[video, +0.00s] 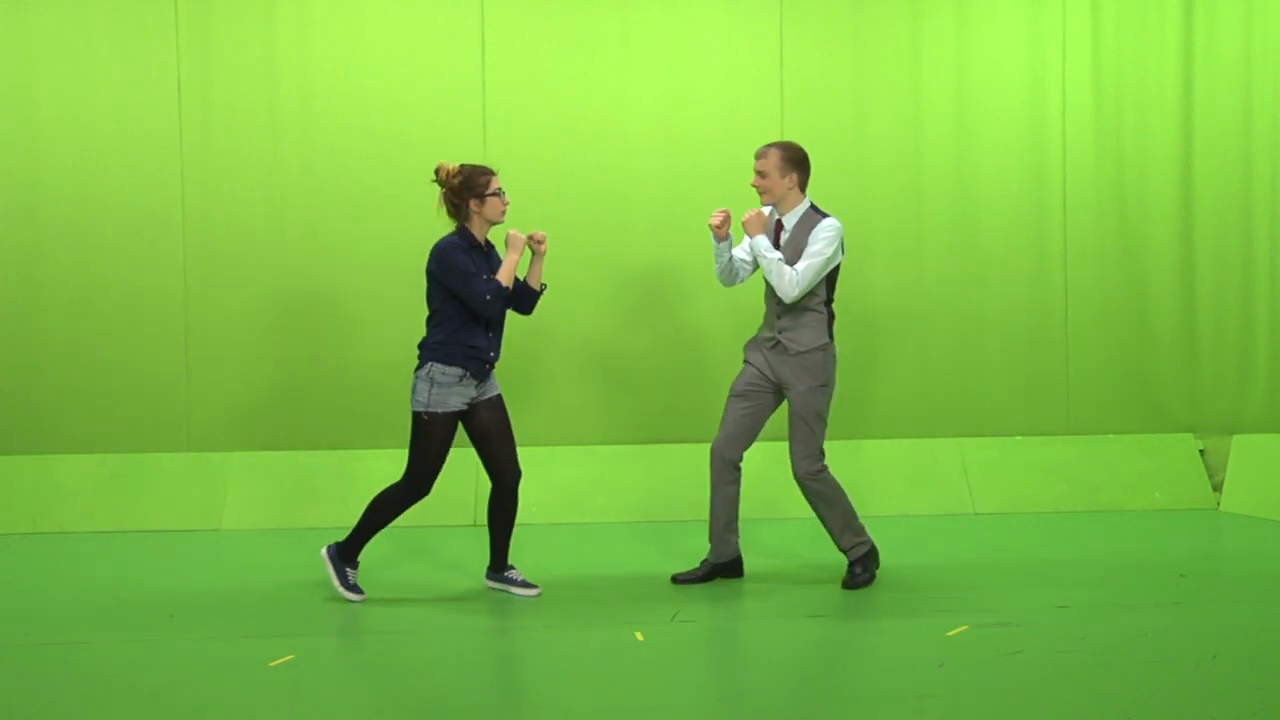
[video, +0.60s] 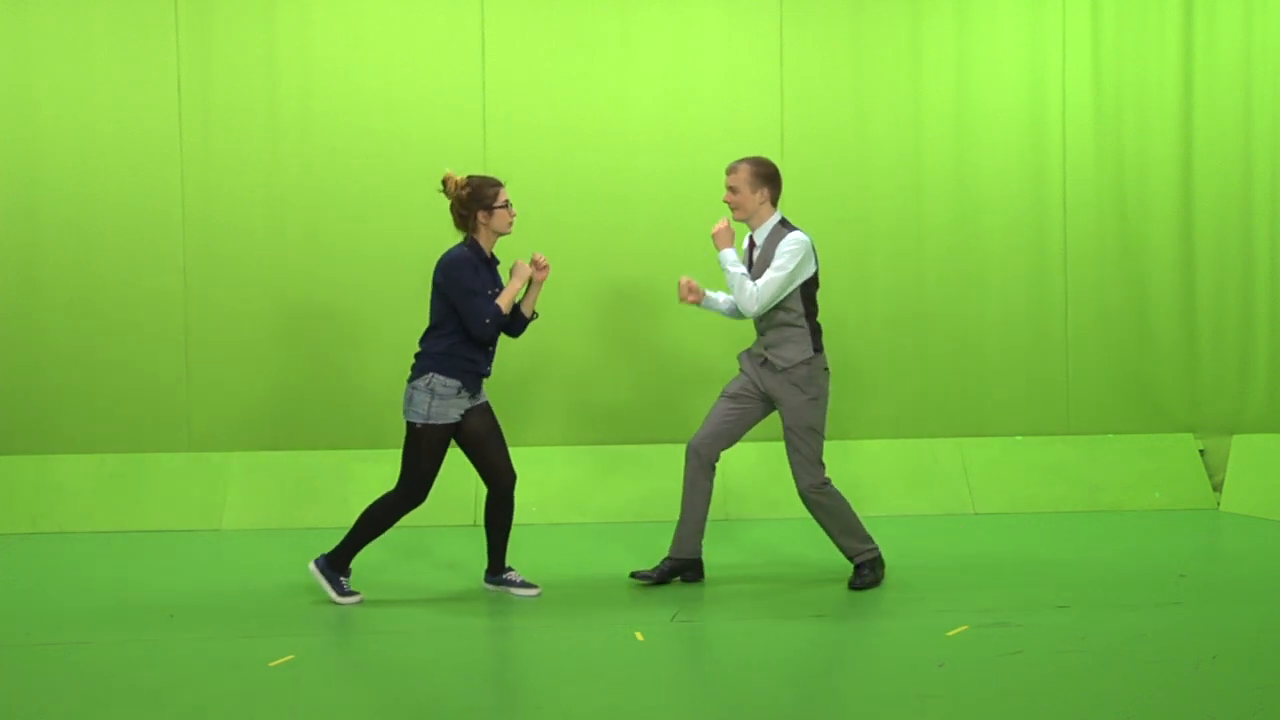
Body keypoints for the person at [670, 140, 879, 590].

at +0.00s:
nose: (755, 183)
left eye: (762, 176)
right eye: (755, 175)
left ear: (792, 179)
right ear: (777, 180)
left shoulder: (827, 230)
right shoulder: (766, 224)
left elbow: (791, 287)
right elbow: (729, 275)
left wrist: (759, 239)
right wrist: (722, 240)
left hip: (810, 359)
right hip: (765, 354)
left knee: (807, 466)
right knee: (725, 450)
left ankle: (861, 551)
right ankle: (724, 556)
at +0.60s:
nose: (727, 198)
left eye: (734, 191)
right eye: (726, 190)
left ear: (763, 194)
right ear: (755, 196)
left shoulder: (796, 244)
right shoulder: (748, 245)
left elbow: (755, 300)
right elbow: (743, 306)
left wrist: (726, 252)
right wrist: (704, 297)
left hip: (801, 373)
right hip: (760, 368)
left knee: (810, 480)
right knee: (701, 448)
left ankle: (867, 557)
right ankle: (685, 557)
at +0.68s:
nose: (703, 201)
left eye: (709, 193)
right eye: (702, 193)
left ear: (739, 196)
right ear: (728, 198)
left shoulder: (776, 244)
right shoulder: (723, 247)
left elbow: (737, 306)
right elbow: (717, 304)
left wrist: (707, 258)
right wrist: (676, 318)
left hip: (788, 372)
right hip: (743, 371)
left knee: (811, 476)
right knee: (688, 448)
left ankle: (867, 557)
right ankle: (679, 559)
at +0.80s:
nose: (660, 211)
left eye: (666, 203)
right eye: (660, 202)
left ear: (697, 205)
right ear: (688, 206)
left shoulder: (746, 243)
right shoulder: (676, 246)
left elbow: (727, 307)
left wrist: (681, 264)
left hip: (779, 361)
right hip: (735, 365)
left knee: (814, 460)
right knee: (683, 452)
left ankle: (875, 553)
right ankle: (677, 559)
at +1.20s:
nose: (658, 198)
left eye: (664, 190)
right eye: (657, 190)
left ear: (694, 191)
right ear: (683, 193)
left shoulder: (738, 230)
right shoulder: (678, 238)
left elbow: (712, 292)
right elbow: (651, 293)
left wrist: (668, 253)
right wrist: (626, 267)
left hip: (761, 357)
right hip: (715, 359)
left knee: (796, 460)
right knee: (676, 455)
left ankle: (865, 542)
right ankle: (676, 560)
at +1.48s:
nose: (720, 190)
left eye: (727, 182)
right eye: (719, 182)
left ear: (757, 185)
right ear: (745, 187)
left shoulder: (793, 232)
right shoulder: (735, 236)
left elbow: (764, 293)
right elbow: (712, 292)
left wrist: (725, 251)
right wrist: (691, 261)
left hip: (799, 364)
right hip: (754, 362)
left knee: (823, 465)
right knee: (705, 451)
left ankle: (874, 555)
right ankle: (678, 557)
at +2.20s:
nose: (687, 207)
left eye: (691, 198)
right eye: (683, 200)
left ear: (719, 194)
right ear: (713, 198)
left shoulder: (756, 239)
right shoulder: (710, 240)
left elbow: (720, 298)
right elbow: (686, 291)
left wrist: (685, 256)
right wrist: (675, 254)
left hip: (765, 372)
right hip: (727, 370)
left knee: (795, 475)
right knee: (664, 450)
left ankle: (878, 542)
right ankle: (668, 561)